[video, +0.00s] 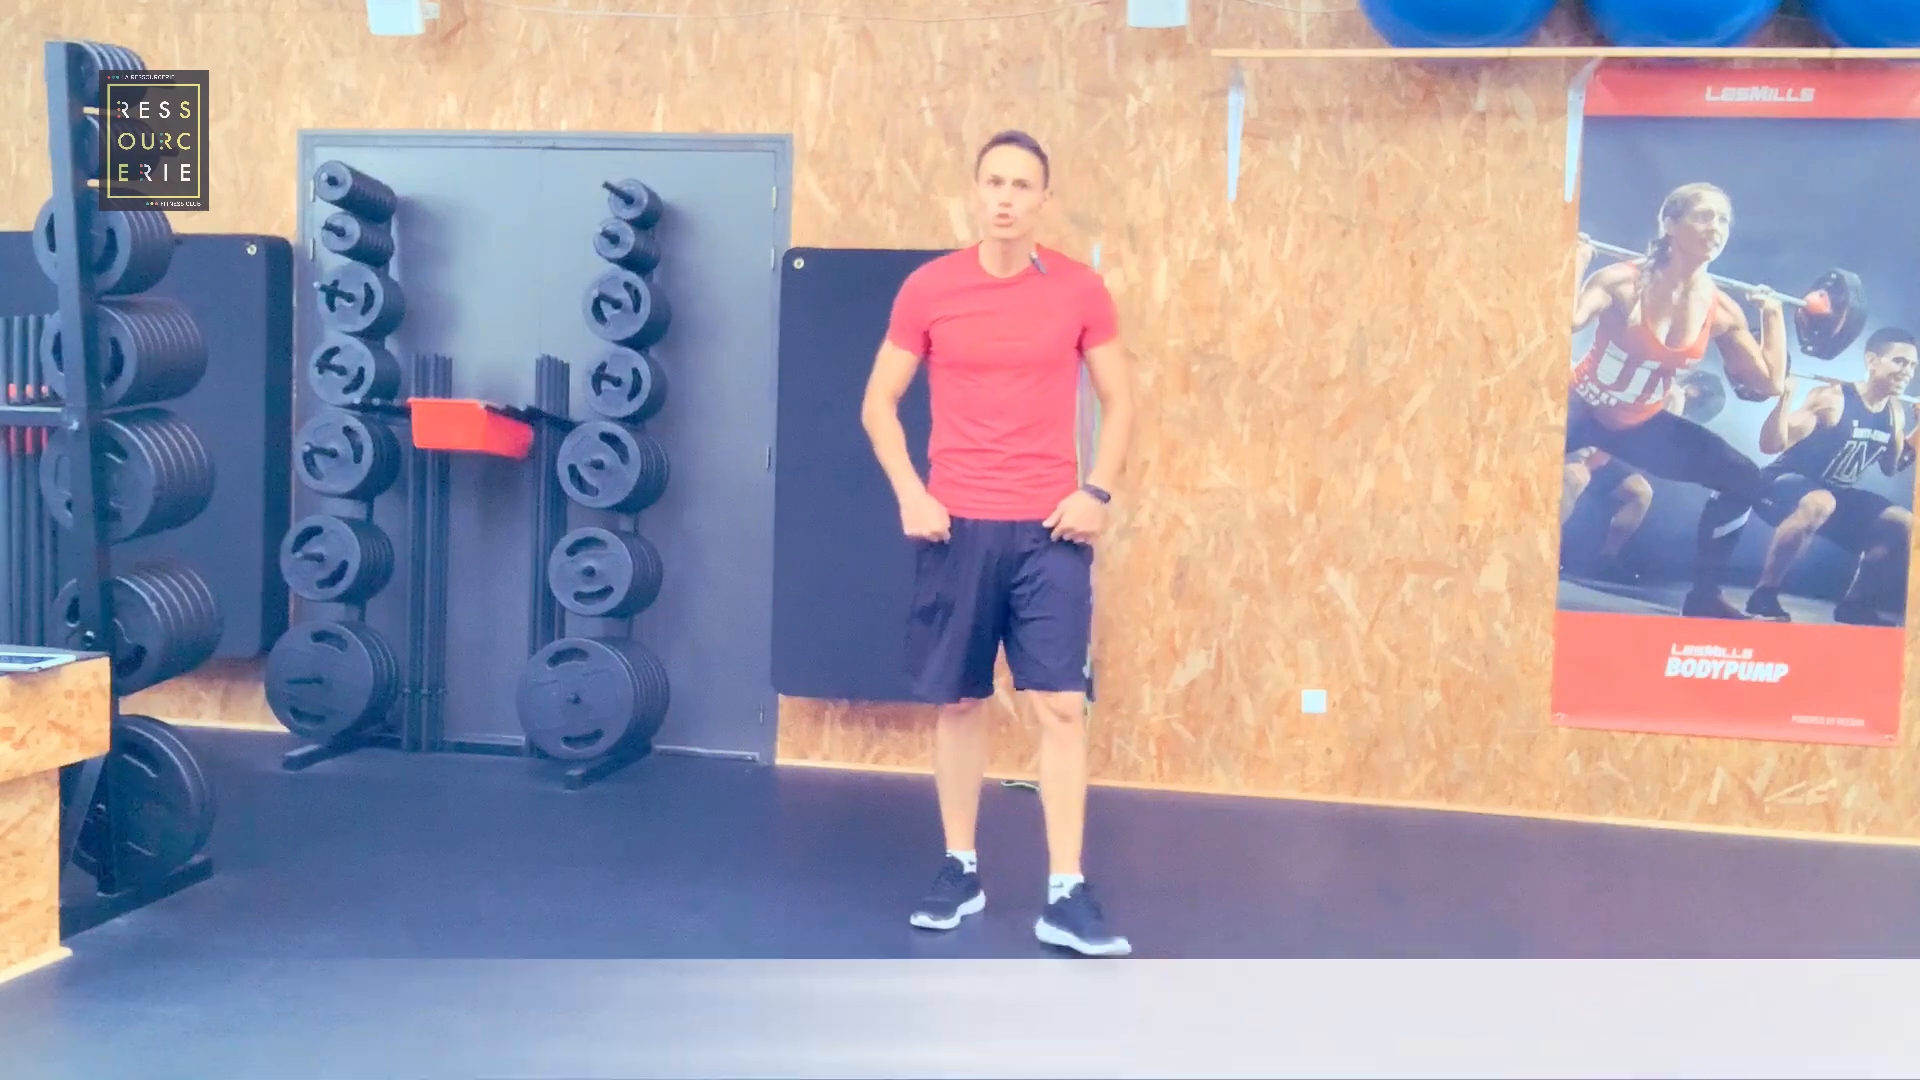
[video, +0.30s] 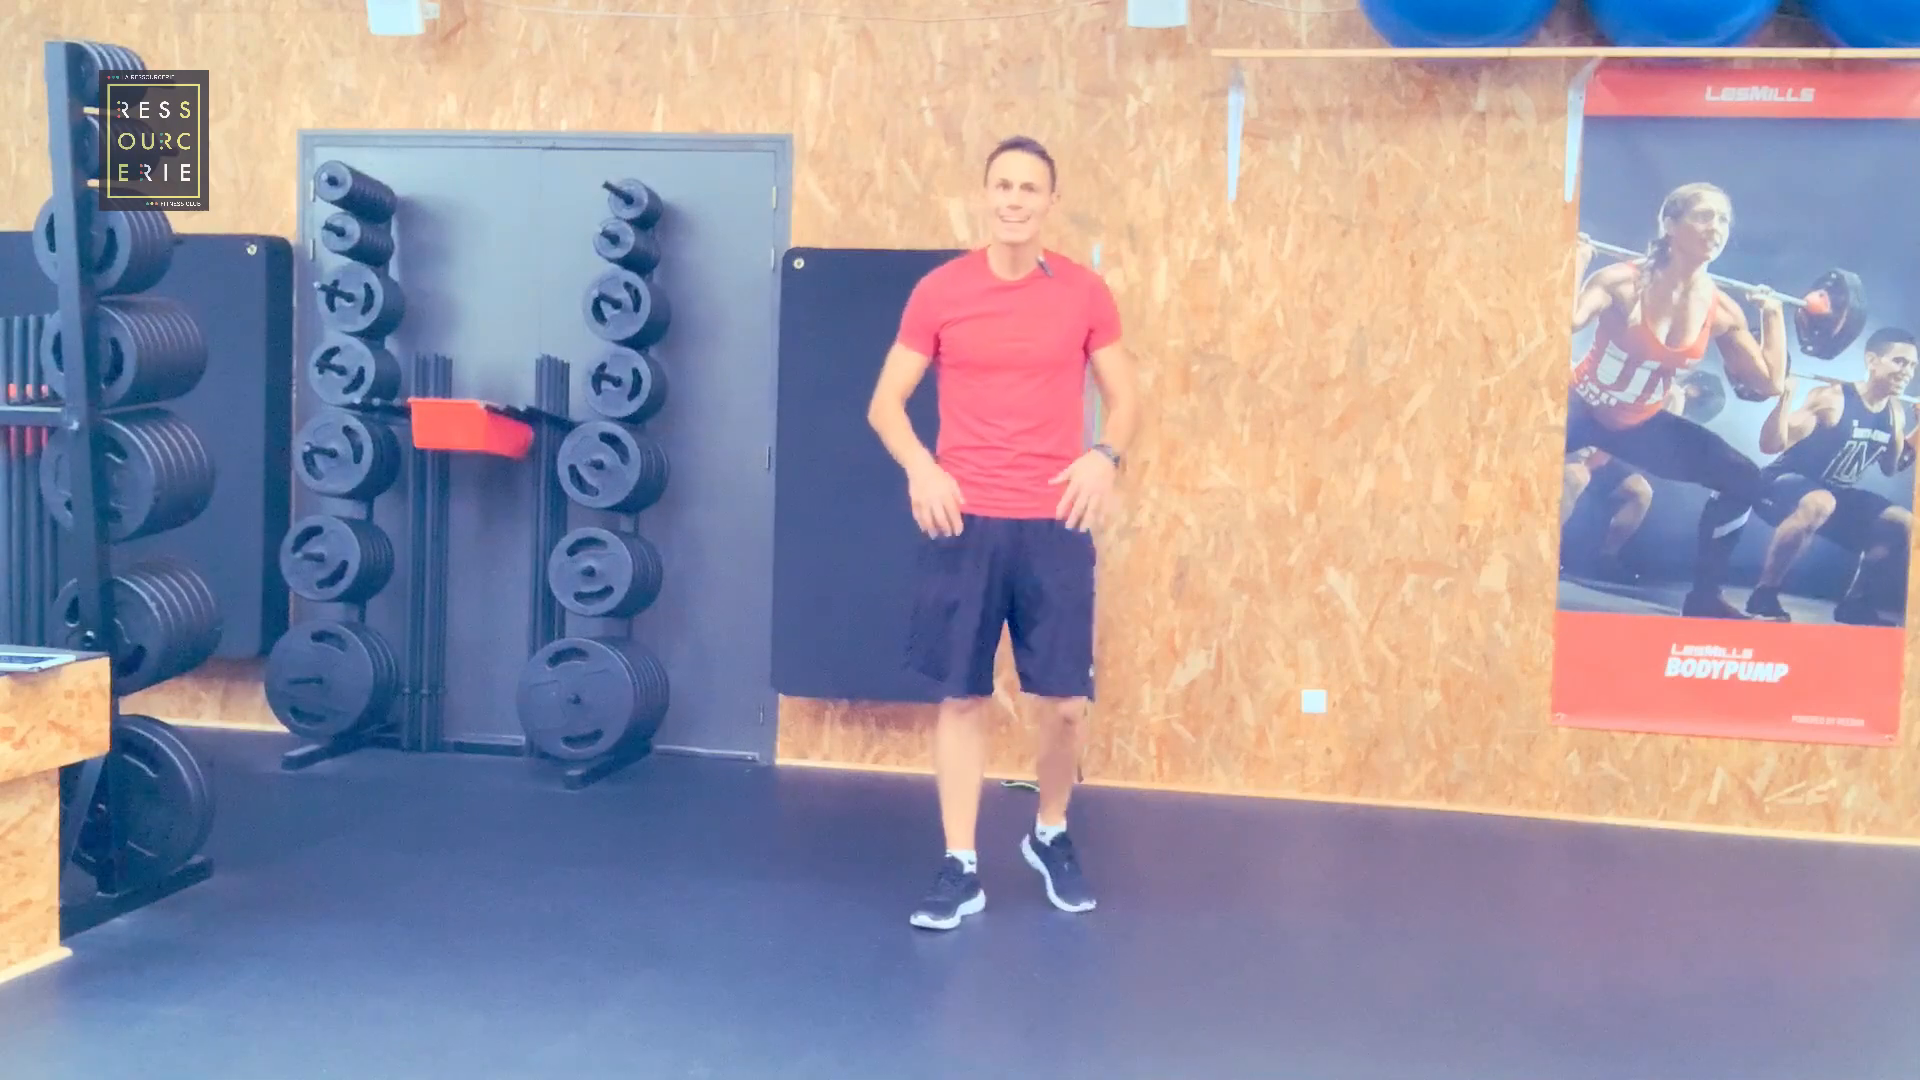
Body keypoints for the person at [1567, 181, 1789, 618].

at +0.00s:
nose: (1716, 228)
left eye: (1724, 220)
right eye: (1704, 216)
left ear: (1729, 233)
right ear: (1670, 224)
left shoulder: (1721, 310)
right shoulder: (1620, 279)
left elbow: (1769, 385)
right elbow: (1558, 326)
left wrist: (1773, 312)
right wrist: (1572, 268)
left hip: (1645, 425)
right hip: (1579, 409)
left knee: (1742, 478)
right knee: (1510, 452)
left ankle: (1705, 597)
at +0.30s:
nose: (1716, 228)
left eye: (1724, 220)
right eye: (1704, 216)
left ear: (1729, 233)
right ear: (1670, 225)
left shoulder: (1721, 310)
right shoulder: (1620, 279)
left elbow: (1769, 385)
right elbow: (1558, 326)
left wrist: (1773, 313)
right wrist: (1572, 268)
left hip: (1644, 425)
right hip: (1579, 409)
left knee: (1742, 477)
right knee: (1510, 451)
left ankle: (1705, 598)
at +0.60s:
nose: (1716, 228)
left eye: (1724, 220)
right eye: (1704, 216)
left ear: (1728, 233)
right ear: (1670, 224)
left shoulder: (1722, 311)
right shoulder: (1620, 279)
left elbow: (1769, 385)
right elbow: (1558, 326)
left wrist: (1773, 312)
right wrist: (1573, 269)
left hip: (1644, 425)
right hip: (1579, 409)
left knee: (1742, 477)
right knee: (1511, 450)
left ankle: (1705, 597)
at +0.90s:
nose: (1717, 228)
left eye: (1724, 220)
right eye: (1705, 216)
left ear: (1728, 233)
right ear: (1670, 224)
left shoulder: (1722, 310)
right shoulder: (1620, 279)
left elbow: (1770, 385)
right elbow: (1558, 325)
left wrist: (1773, 313)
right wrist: (1573, 269)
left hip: (1644, 425)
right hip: (1579, 410)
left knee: (1742, 477)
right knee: (1512, 452)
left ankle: (1705, 597)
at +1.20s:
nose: (1717, 228)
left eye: (1724, 220)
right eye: (1705, 216)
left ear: (1728, 232)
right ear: (1670, 224)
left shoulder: (1722, 311)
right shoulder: (1620, 279)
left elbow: (1769, 386)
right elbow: (1558, 325)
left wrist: (1773, 313)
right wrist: (1572, 269)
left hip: (1644, 425)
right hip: (1579, 409)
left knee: (1742, 477)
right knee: (1513, 453)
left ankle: (1704, 597)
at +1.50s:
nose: (1717, 228)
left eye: (1724, 220)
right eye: (1705, 216)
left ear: (1728, 233)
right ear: (1670, 224)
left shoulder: (1722, 311)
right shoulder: (1620, 279)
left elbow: (1769, 386)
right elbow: (1558, 325)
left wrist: (1773, 313)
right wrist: (1572, 269)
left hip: (1644, 425)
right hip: (1578, 409)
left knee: (1742, 477)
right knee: (1510, 453)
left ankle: (1704, 597)